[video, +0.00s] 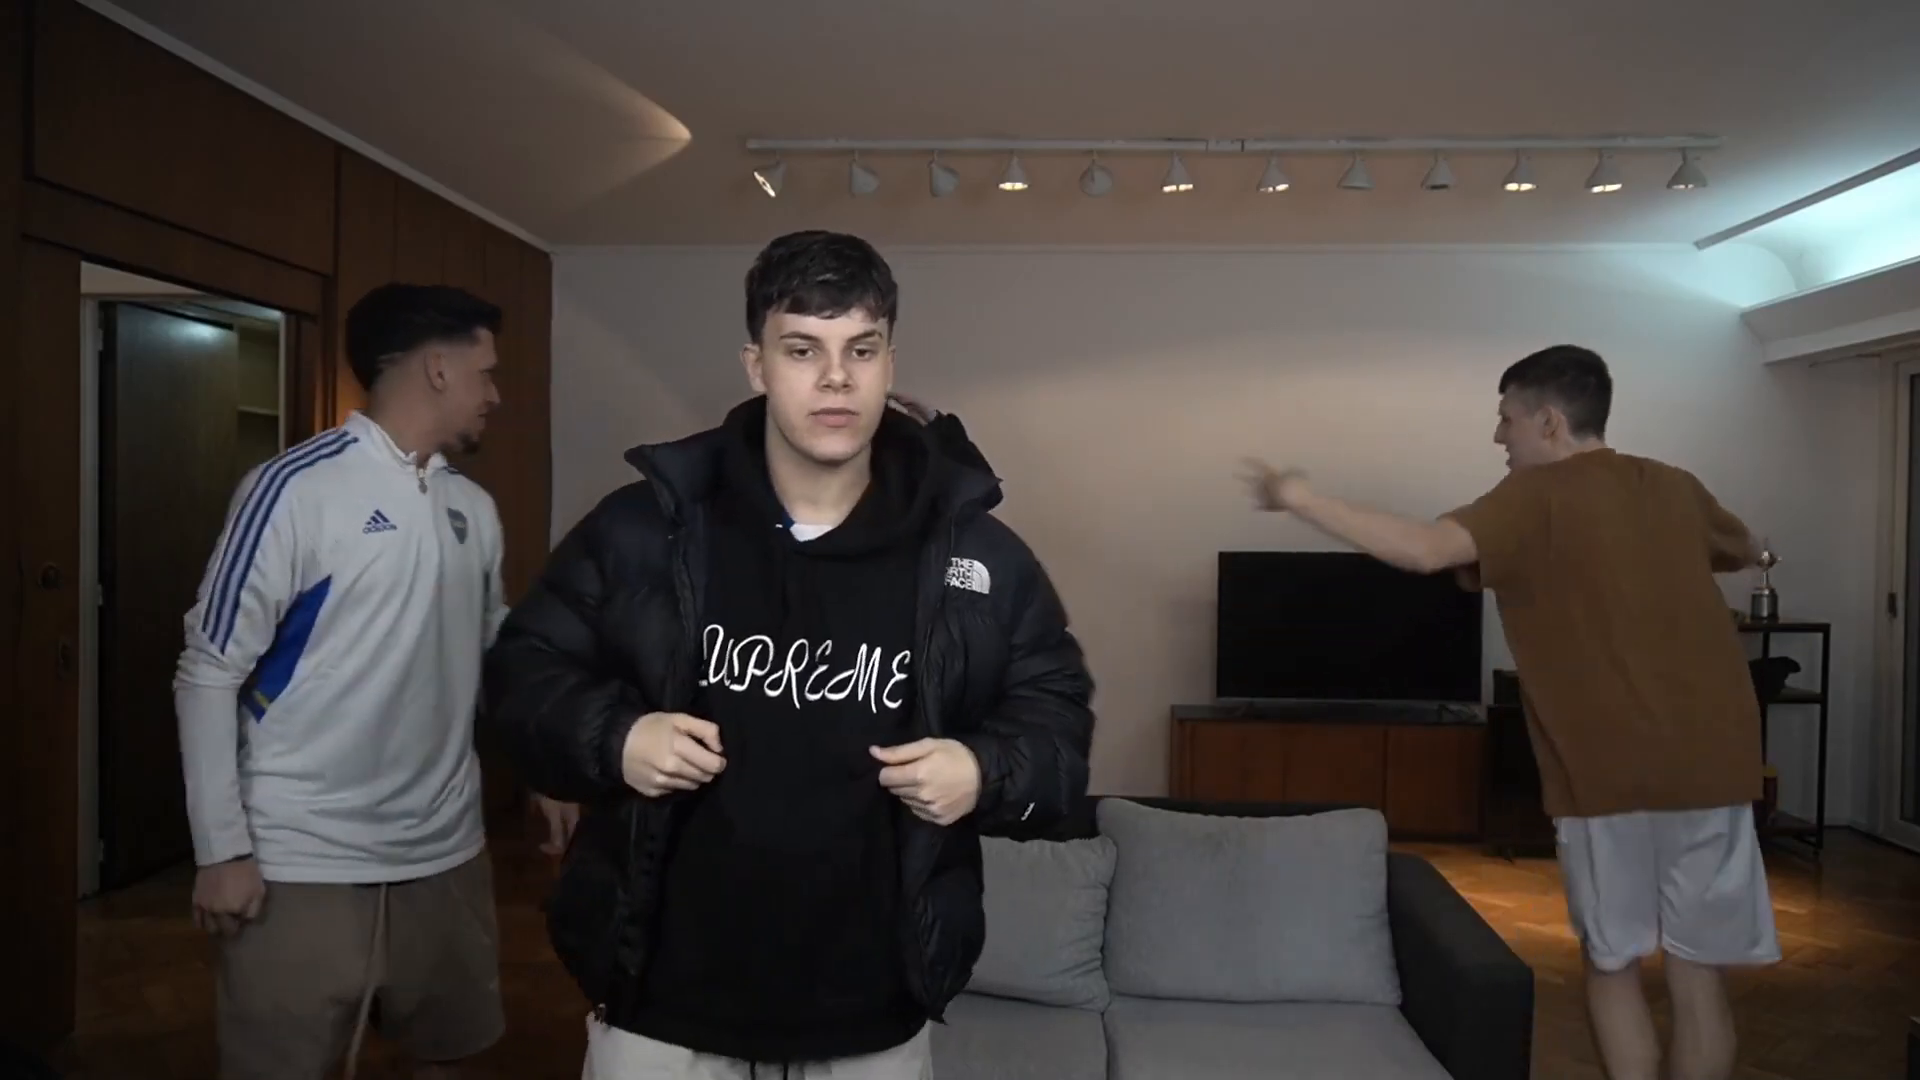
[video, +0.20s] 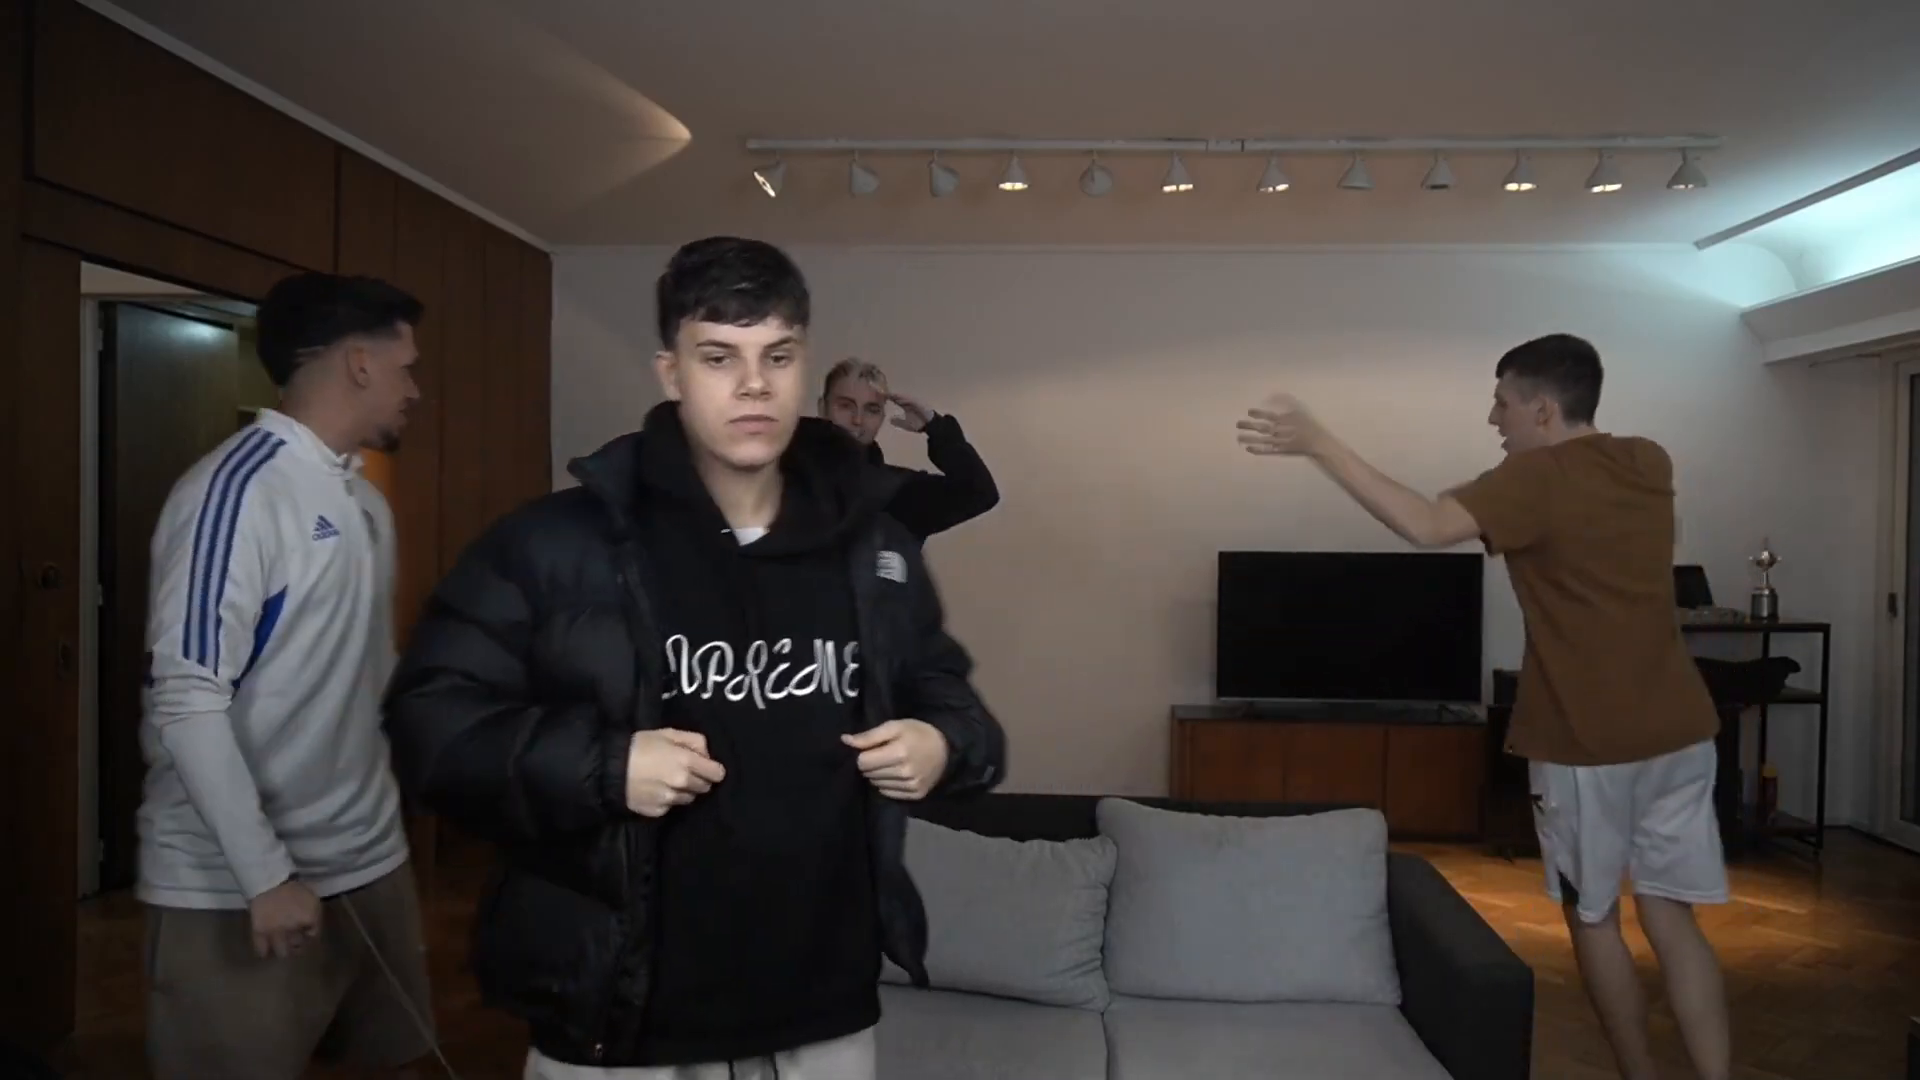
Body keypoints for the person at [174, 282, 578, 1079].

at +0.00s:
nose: (499, 398)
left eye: (496, 376)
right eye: (487, 375)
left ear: (432, 373)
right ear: (431, 371)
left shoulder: (475, 511)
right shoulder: (292, 491)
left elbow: (496, 654)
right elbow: (206, 671)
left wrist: (546, 771)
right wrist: (222, 850)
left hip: (448, 861)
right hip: (304, 870)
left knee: (450, 1059)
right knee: (288, 1066)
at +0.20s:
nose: (418, 394)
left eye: (416, 372)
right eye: (409, 369)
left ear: (352, 365)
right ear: (352, 362)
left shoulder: (366, 503)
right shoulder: (236, 488)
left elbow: (372, 671)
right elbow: (185, 701)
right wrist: (267, 878)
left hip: (370, 876)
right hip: (237, 901)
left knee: (395, 1063)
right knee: (231, 1070)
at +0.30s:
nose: (374, 386)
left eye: (372, 364)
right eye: (365, 361)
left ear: (307, 359)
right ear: (309, 356)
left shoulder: (286, 482)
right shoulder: (208, 484)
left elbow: (272, 700)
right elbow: (167, 709)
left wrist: (333, 852)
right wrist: (278, 879)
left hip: (311, 888)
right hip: (194, 911)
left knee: (348, 1064)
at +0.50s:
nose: (305, 366)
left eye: (301, 344)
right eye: (286, 343)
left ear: (219, 350)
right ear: (217, 348)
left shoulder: (214, 470)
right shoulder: (142, 473)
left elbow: (209, 679)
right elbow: (79, 693)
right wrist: (257, 796)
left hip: (221, 889)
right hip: (135, 908)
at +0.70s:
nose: (253, 354)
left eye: (251, 332)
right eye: (230, 332)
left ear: (162, 344)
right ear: (153, 340)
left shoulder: (180, 463)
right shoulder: (101, 464)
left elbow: (172, 658)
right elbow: (33, 679)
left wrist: (241, 777)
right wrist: (194, 806)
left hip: (158, 884)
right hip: (91, 897)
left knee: (161, 1062)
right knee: (90, 1066)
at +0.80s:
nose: (238, 355)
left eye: (237, 334)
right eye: (215, 334)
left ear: (152, 347)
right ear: (141, 344)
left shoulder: (181, 472)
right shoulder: (87, 472)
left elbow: (182, 669)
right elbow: (54, 690)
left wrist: (204, 839)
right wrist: (142, 873)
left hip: (149, 873)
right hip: (72, 892)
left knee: (163, 1060)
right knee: (88, 1065)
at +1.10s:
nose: (240, 371)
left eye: (236, 353)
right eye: (222, 353)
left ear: (157, 370)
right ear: (157, 368)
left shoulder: (150, 471)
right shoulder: (116, 482)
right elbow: (76, 680)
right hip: (77, 856)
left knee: (99, 1051)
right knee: (84, 1054)